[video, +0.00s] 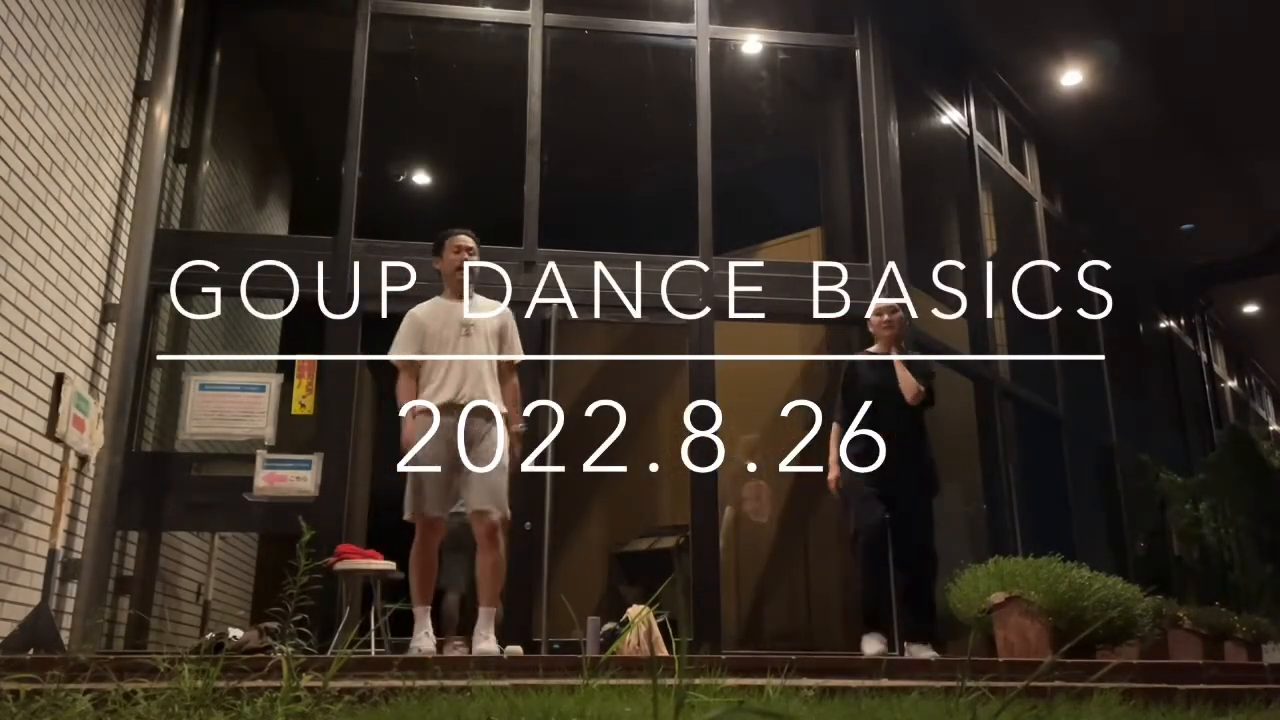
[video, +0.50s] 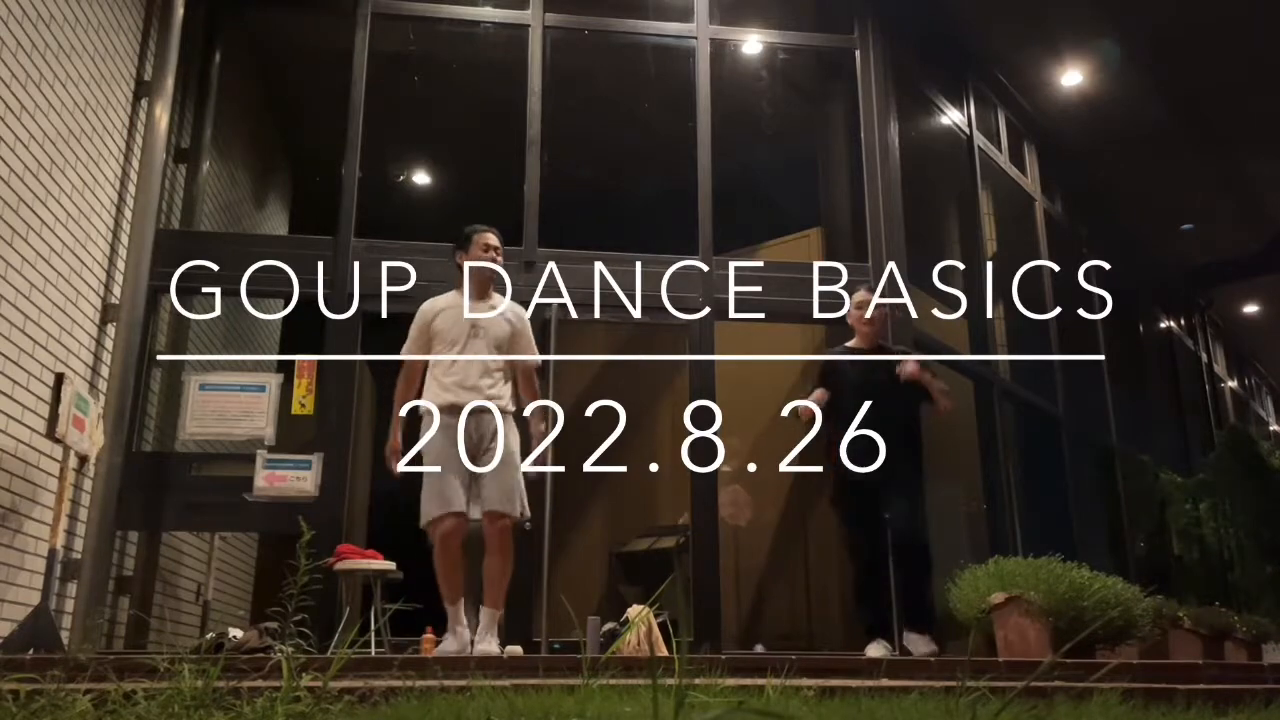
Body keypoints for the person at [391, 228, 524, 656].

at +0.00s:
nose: (466, 258)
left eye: (471, 252)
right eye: (458, 252)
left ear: (478, 262)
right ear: (439, 262)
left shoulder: (498, 314)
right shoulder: (419, 316)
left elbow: (509, 377)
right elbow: (406, 376)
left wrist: (514, 429)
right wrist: (408, 424)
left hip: (488, 429)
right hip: (434, 428)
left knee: (489, 528)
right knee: (429, 528)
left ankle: (485, 630)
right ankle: (422, 629)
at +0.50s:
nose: (495, 257)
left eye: (499, 251)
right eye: (486, 249)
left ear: (503, 262)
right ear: (462, 258)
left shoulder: (514, 315)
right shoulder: (433, 310)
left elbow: (527, 378)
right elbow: (410, 372)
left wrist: (537, 421)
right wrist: (396, 427)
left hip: (498, 424)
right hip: (443, 423)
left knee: (499, 524)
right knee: (448, 526)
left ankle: (488, 631)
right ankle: (457, 630)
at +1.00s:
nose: (450, 249)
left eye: (454, 243)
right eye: (441, 240)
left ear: (456, 249)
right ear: (417, 242)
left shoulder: (458, 297)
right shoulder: (382, 286)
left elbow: (498, 298)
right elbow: (340, 280)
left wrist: (484, 250)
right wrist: (367, 233)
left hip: (436, 406)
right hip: (378, 404)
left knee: (446, 511)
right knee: (347, 510)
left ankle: (442, 623)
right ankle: (321, 620)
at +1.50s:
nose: (422, 267)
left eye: (426, 259)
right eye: (414, 259)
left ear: (430, 262)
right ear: (389, 259)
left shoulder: (444, 311)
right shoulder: (360, 316)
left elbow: (463, 367)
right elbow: (336, 379)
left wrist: (479, 418)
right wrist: (319, 439)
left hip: (433, 429)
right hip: (373, 429)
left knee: (445, 506)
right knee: (345, 522)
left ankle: (459, 613)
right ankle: (320, 626)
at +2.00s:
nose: (486, 288)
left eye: (489, 281)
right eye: (477, 280)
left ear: (491, 291)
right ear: (451, 286)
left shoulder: (496, 345)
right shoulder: (417, 335)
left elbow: (514, 403)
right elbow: (376, 391)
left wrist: (532, 430)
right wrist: (392, 429)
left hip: (478, 455)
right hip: (420, 452)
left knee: (491, 535)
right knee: (419, 517)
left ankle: (493, 632)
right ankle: (432, 619)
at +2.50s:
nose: (430, 274)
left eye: (434, 269)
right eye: (422, 267)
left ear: (438, 277)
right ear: (398, 272)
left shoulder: (448, 325)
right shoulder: (371, 319)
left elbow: (466, 368)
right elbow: (334, 355)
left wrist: (463, 403)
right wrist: (337, 393)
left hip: (417, 441)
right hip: (364, 432)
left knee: (394, 534)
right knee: (338, 530)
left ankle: (347, 627)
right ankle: (303, 624)